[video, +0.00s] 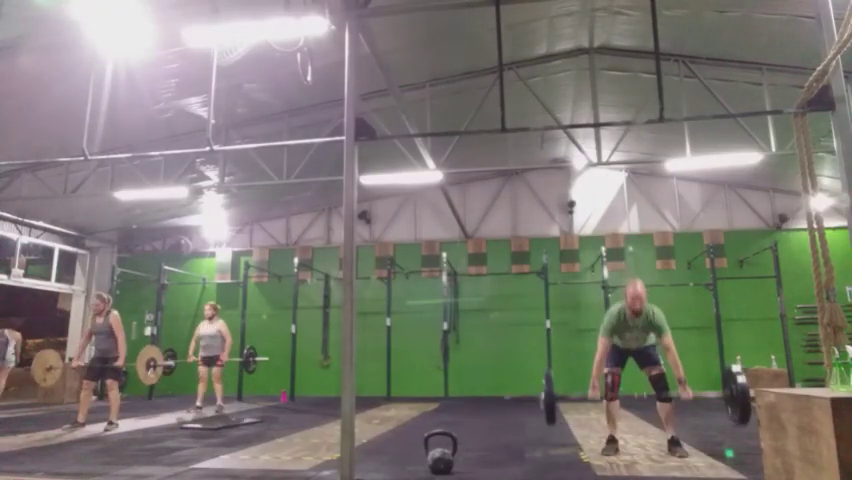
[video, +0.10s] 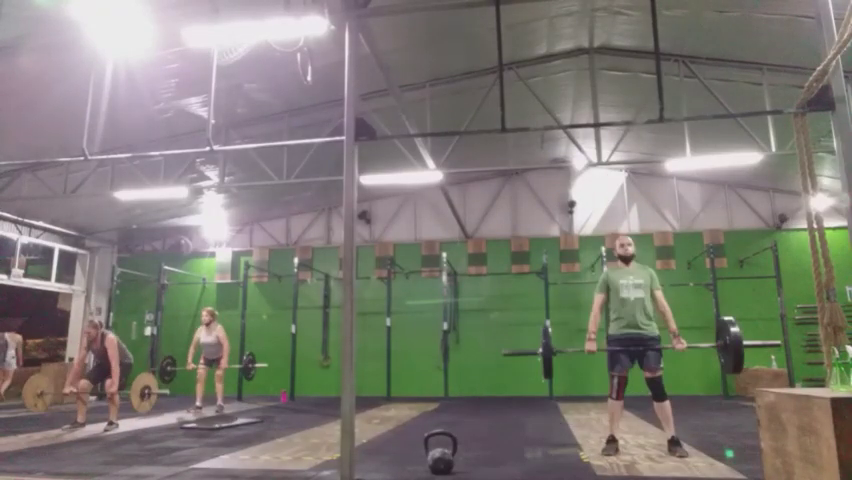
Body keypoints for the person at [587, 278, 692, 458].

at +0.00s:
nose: (636, 303)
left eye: (640, 298)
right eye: (633, 298)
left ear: (645, 298)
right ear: (626, 298)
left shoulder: (654, 315)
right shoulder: (614, 314)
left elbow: (669, 348)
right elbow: (602, 347)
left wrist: (681, 381)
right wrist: (595, 379)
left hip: (645, 346)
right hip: (618, 347)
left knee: (662, 385)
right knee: (610, 387)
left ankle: (672, 439)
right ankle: (612, 438)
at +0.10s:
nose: (625, 248)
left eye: (628, 245)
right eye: (621, 245)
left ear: (634, 248)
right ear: (615, 250)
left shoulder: (648, 272)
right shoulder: (608, 275)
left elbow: (662, 303)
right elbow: (597, 307)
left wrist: (675, 333)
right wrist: (591, 336)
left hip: (648, 336)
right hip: (619, 337)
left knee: (657, 387)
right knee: (617, 388)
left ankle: (673, 439)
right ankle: (612, 438)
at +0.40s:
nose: (637, 307)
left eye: (640, 303)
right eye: (634, 302)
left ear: (645, 302)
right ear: (626, 302)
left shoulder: (655, 317)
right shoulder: (614, 316)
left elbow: (669, 351)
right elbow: (601, 351)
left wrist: (681, 384)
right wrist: (594, 384)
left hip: (645, 347)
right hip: (618, 348)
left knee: (662, 385)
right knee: (610, 386)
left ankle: (672, 439)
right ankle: (612, 438)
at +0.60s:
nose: (628, 254)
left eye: (631, 250)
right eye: (624, 251)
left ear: (637, 254)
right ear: (617, 255)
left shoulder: (648, 278)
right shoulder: (608, 280)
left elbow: (662, 310)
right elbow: (598, 312)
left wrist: (675, 342)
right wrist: (590, 344)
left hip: (645, 339)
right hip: (617, 339)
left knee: (658, 387)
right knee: (615, 387)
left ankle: (673, 439)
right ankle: (612, 438)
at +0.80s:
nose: (631, 285)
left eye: (634, 281)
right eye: (627, 281)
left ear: (640, 282)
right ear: (621, 282)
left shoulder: (650, 302)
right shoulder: (611, 303)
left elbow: (665, 335)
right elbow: (599, 336)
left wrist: (677, 365)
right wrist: (592, 366)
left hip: (644, 342)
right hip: (616, 343)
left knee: (659, 385)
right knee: (610, 384)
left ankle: (673, 440)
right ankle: (612, 438)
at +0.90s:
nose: (623, 249)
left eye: (626, 245)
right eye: (619, 246)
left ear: (632, 249)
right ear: (613, 251)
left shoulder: (646, 274)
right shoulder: (607, 276)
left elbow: (661, 306)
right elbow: (596, 308)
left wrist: (673, 334)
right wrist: (590, 338)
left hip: (647, 336)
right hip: (618, 336)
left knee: (657, 387)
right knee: (616, 388)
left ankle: (673, 439)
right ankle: (612, 438)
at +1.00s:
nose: (610, 257)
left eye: (614, 253)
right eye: (607, 254)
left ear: (622, 253)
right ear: (602, 255)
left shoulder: (637, 275)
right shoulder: (598, 279)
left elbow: (655, 302)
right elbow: (588, 313)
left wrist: (665, 328)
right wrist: (585, 337)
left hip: (639, 338)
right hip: (610, 339)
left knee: (652, 388)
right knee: (611, 389)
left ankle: (672, 438)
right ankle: (614, 437)